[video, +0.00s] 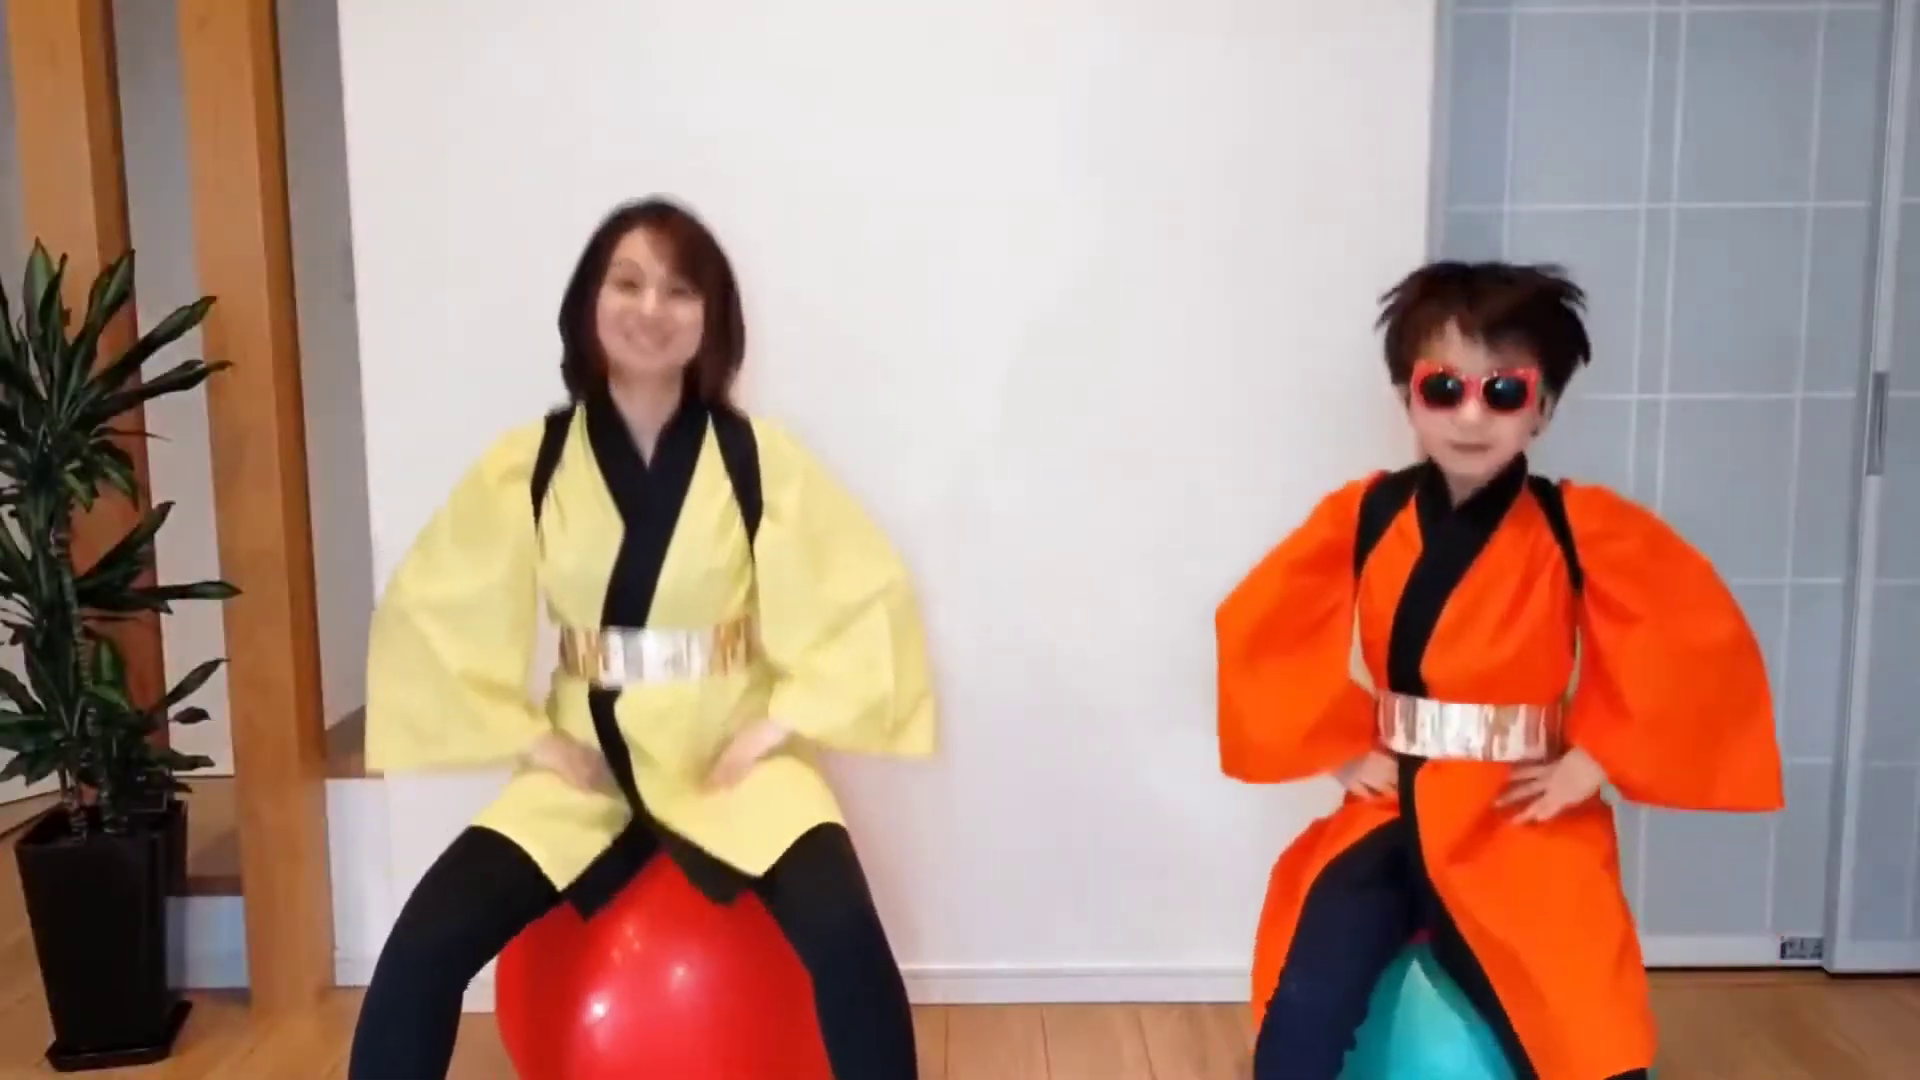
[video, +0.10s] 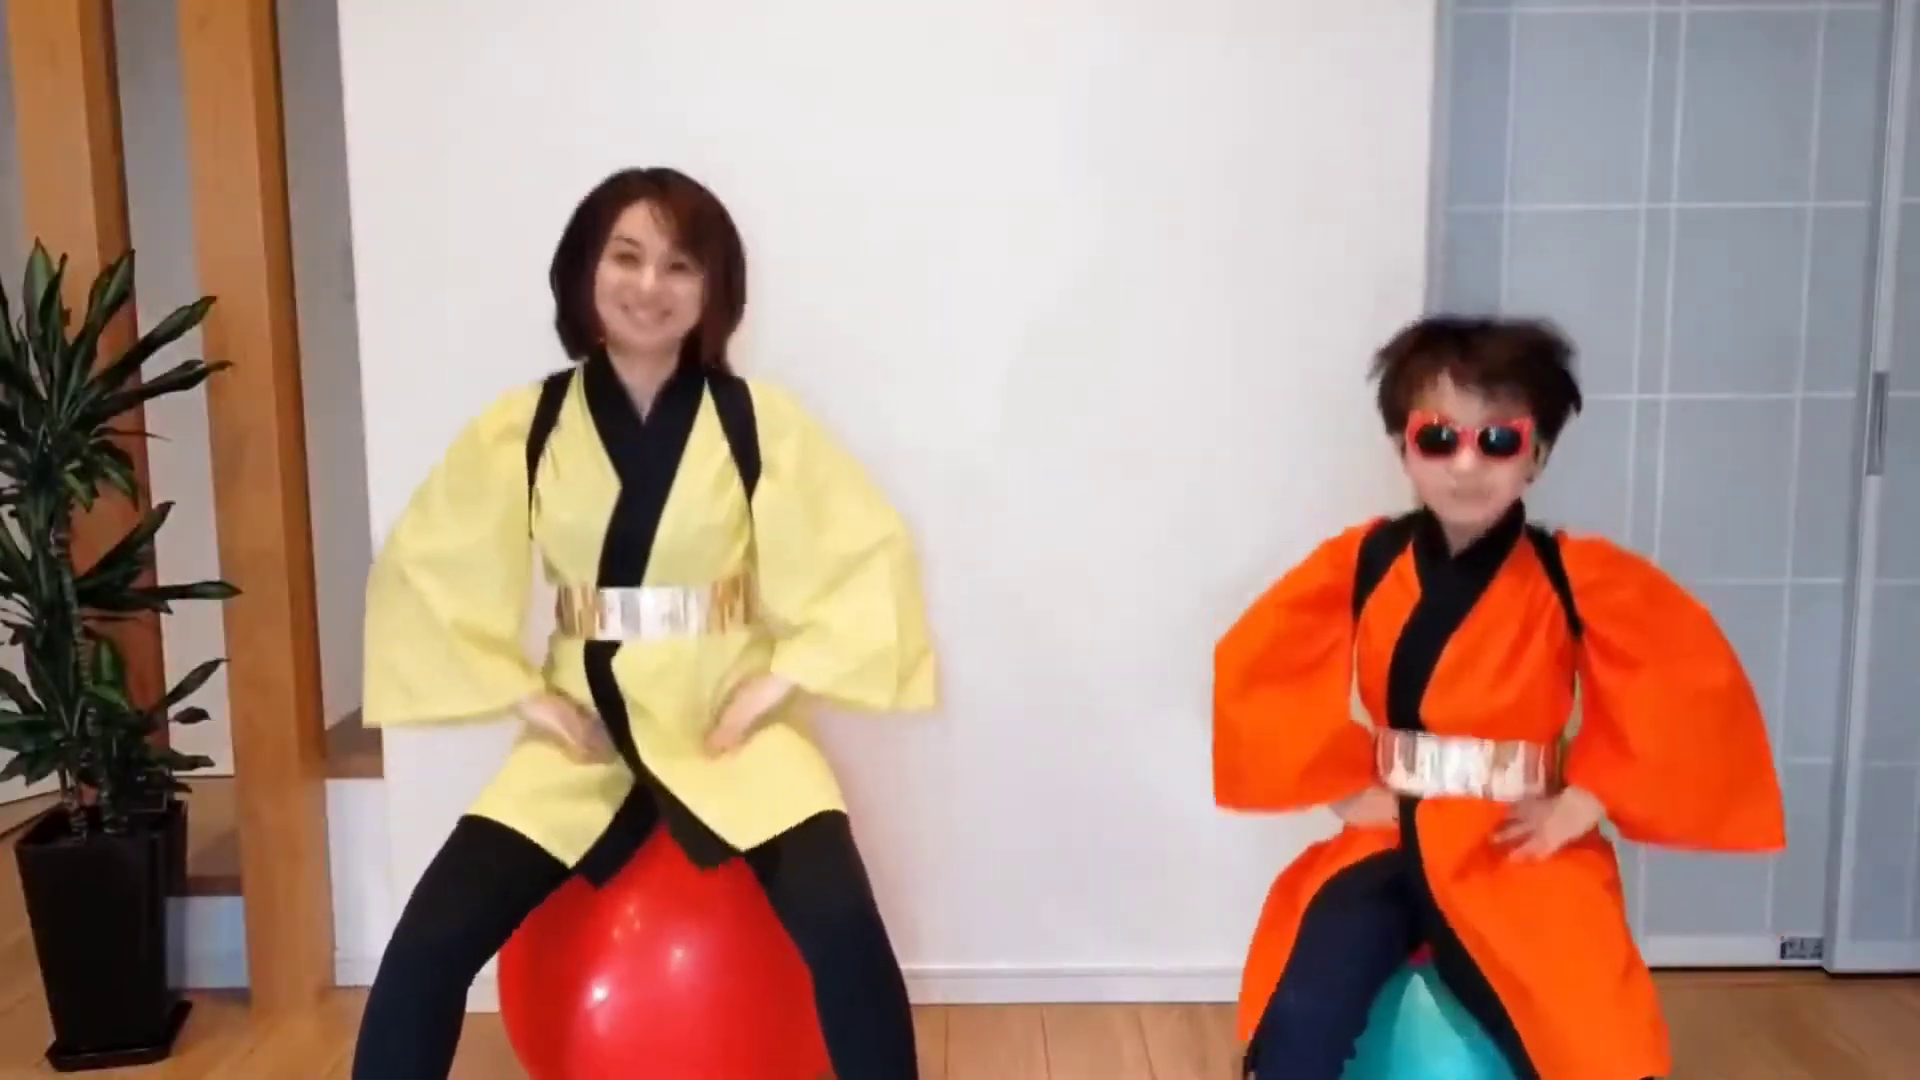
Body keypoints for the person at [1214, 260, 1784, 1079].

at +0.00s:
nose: (1471, 415)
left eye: (1505, 390)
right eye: (1443, 387)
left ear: (1543, 409)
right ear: (1407, 397)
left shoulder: (1582, 525)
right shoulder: (1363, 517)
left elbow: (1702, 642)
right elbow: (1256, 630)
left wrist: (1597, 756)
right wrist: (1341, 743)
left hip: (1529, 820)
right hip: (1392, 813)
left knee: (1595, 1030)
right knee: (1307, 994)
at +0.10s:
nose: (1465, 464)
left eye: (1499, 439)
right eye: (1436, 437)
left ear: (1537, 458)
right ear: (1401, 448)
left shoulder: (1576, 573)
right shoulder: (1362, 562)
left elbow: (1687, 687)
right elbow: (1251, 669)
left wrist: (1589, 796)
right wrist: (1341, 783)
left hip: (1522, 849)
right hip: (1385, 841)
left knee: (1599, 1041)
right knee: (1299, 1012)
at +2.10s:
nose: (1476, 426)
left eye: (1509, 402)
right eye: (1445, 400)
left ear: (1542, 415)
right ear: (1402, 416)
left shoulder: (1573, 540)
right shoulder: (1363, 527)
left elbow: (1691, 663)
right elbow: (1238, 629)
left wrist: (1583, 776)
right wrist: (1338, 747)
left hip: (1515, 821)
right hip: (1381, 810)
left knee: (1613, 1026)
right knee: (1300, 969)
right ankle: (1281, 1067)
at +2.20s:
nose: (1473, 472)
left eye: (1505, 448)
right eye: (1443, 445)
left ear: (1538, 461)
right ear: (1401, 456)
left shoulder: (1570, 583)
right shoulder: (1360, 569)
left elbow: (1688, 702)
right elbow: (1233, 667)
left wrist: (1579, 814)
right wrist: (1330, 794)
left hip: (1513, 853)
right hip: (1374, 842)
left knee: (1611, 1039)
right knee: (1300, 983)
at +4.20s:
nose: (1468, 430)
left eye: (1500, 405)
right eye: (1438, 402)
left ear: (1529, 419)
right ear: (1390, 421)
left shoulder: (1561, 546)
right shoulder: (1348, 537)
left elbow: (1679, 666)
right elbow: (1227, 644)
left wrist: (1573, 782)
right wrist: (1328, 759)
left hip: (1506, 833)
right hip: (1369, 821)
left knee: (1596, 1021)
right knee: (1303, 936)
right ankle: (1270, 1068)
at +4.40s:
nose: (1470, 542)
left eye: (1499, 521)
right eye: (1438, 516)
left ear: (1524, 536)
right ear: (1387, 531)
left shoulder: (1554, 654)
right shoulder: (1346, 642)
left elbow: (1678, 765)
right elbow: (1227, 741)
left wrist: (1571, 863)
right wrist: (1329, 837)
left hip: (1502, 906)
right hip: (1366, 895)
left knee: (1585, 1045)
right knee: (1314, 964)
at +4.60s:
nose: (1474, 514)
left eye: (1507, 492)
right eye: (1445, 484)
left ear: (1535, 499)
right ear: (1394, 487)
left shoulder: (1558, 614)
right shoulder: (1350, 599)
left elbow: (1654, 706)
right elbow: (1236, 678)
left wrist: (1595, 792)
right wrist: (1304, 792)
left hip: (1495, 880)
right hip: (1358, 868)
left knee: (1593, 1052)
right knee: (1258, 1026)